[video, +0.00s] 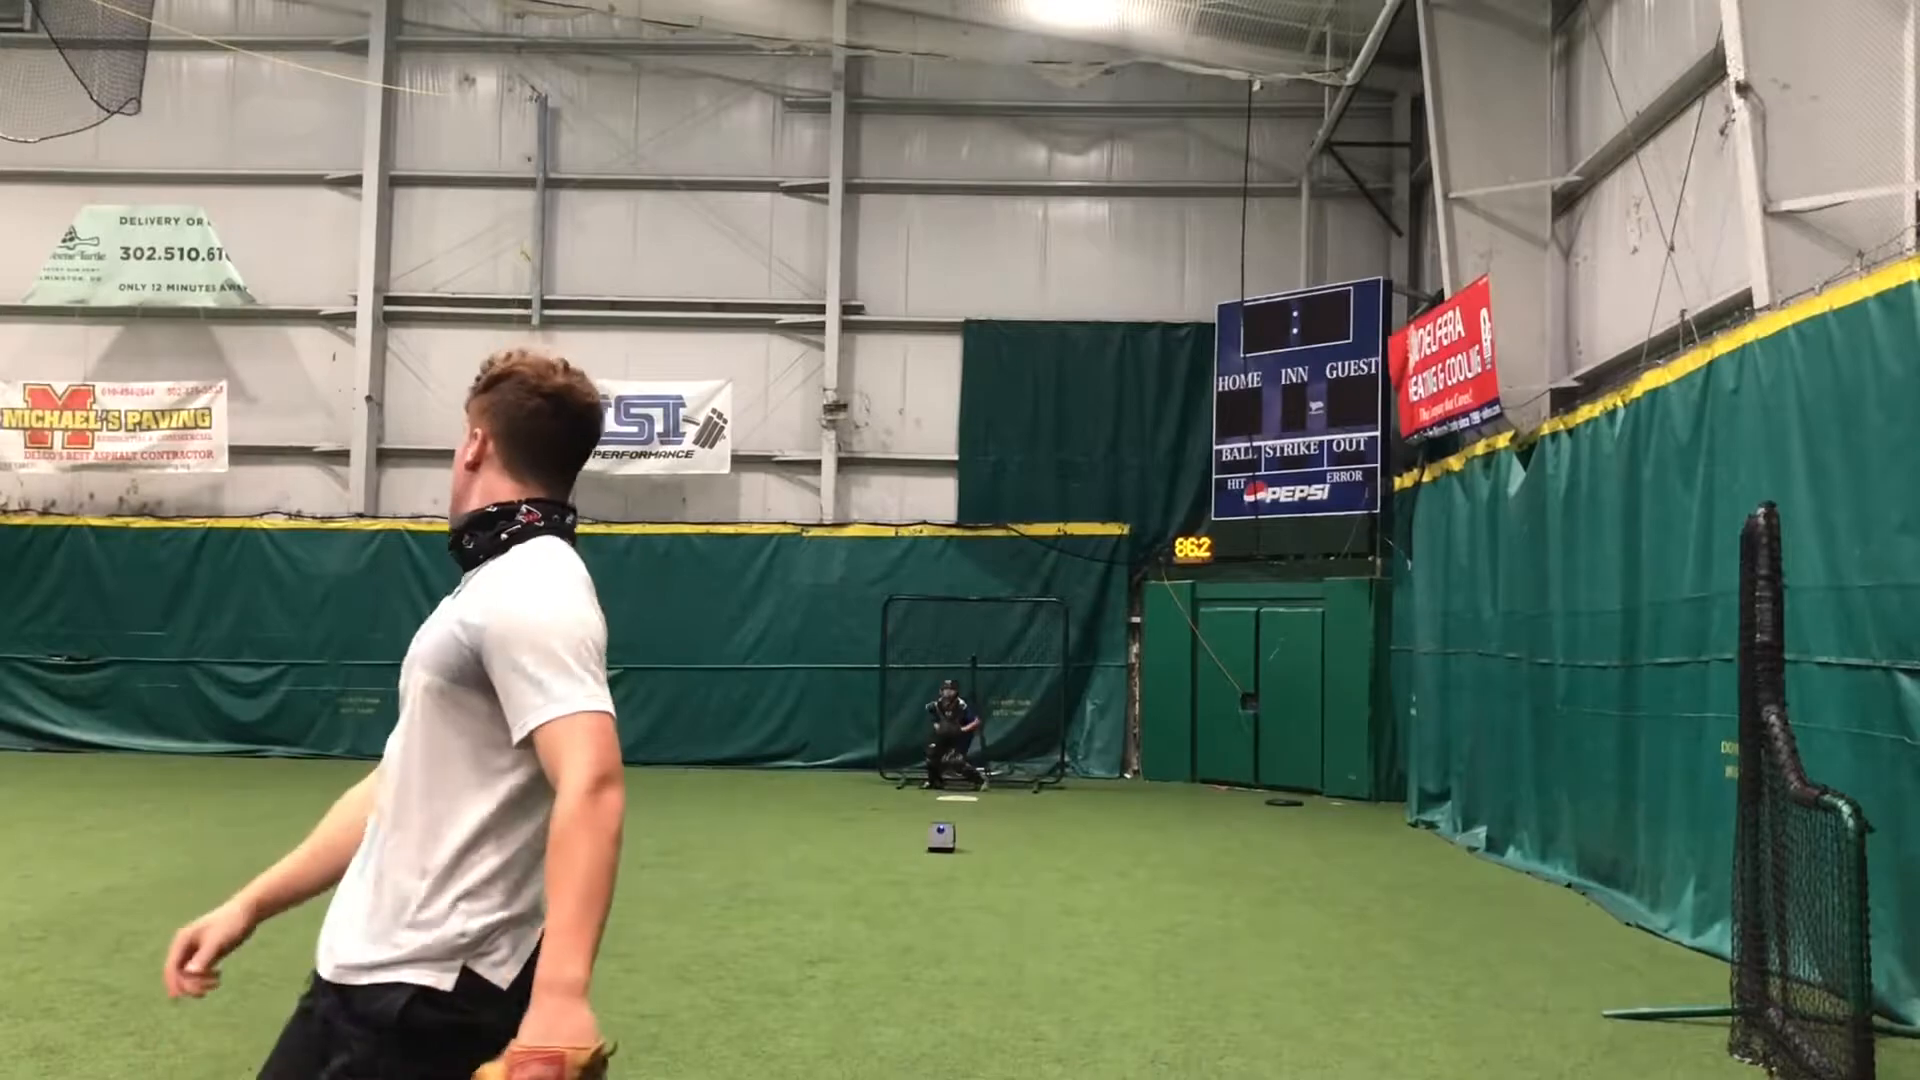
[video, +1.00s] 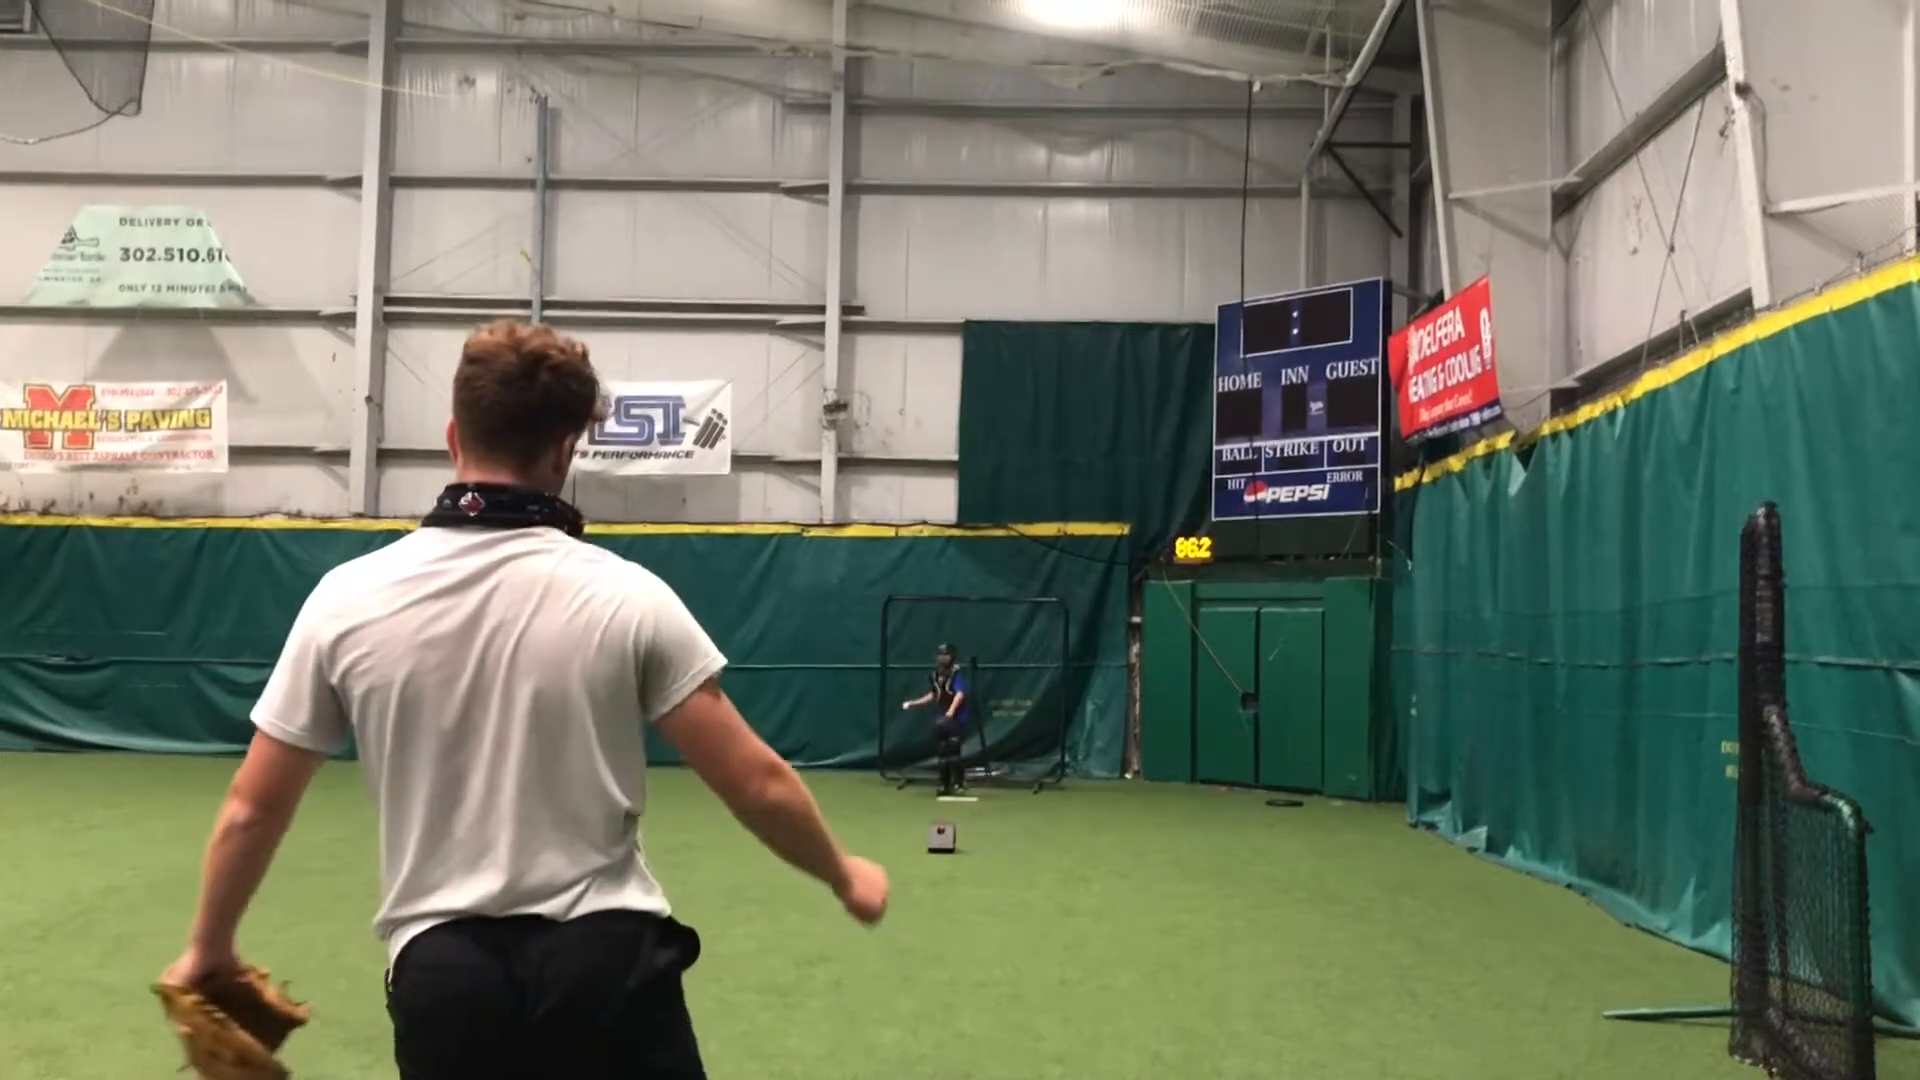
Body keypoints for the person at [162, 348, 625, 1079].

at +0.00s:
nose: (456, 454)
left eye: (461, 435)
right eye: (463, 435)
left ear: (475, 445)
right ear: (564, 469)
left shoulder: (532, 588)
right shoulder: (500, 584)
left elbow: (593, 788)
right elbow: (390, 789)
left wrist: (562, 992)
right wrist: (249, 905)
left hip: (422, 993)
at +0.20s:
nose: (433, 439)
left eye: (435, 420)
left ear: (444, 437)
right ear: (546, 446)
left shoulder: (500, 577)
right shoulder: (535, 559)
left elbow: (556, 775)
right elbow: (451, 752)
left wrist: (514, 993)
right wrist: (343, 831)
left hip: (473, 982)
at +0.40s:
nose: (438, 434)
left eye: (439, 420)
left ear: (447, 437)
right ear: (553, 451)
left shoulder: (455, 580)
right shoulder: (572, 568)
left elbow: (463, 790)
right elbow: (505, 780)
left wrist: (401, 1004)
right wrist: (379, 890)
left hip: (515, 955)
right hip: (601, 930)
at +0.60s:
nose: (448, 442)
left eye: (448, 429)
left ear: (456, 443)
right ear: (569, 454)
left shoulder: (399, 589)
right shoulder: (633, 605)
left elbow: (322, 807)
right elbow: (608, 774)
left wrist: (240, 1000)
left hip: (460, 976)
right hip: (615, 965)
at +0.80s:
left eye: (452, 418)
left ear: (454, 439)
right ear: (569, 454)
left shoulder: (361, 596)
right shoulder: (638, 598)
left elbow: (241, 810)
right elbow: (732, 761)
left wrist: (154, 972)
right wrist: (756, 836)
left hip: (441, 978)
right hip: (609, 966)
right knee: (678, 1066)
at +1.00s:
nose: (576, 462)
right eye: (579, 446)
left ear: (451, 434)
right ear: (571, 449)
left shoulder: (351, 599)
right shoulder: (627, 598)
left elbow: (253, 811)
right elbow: (756, 782)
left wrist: (209, 951)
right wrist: (844, 875)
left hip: (441, 984)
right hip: (608, 976)